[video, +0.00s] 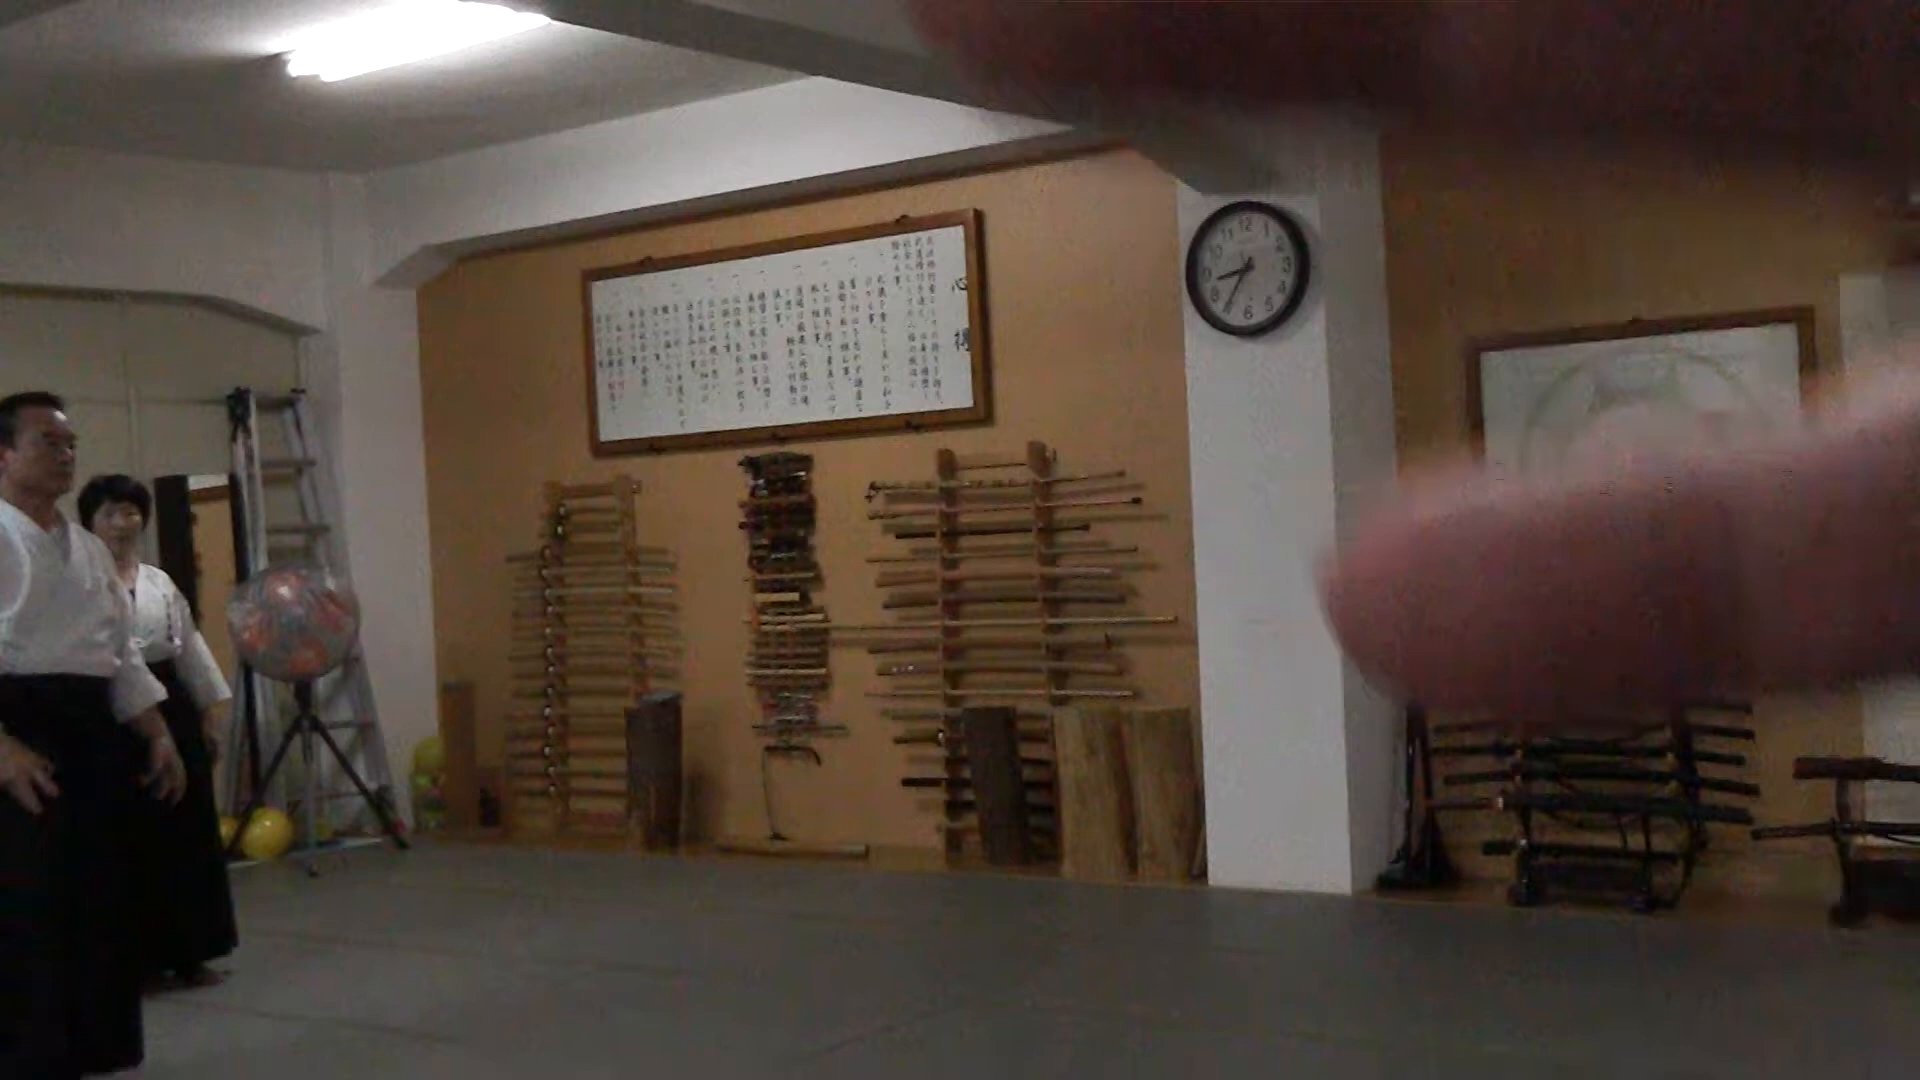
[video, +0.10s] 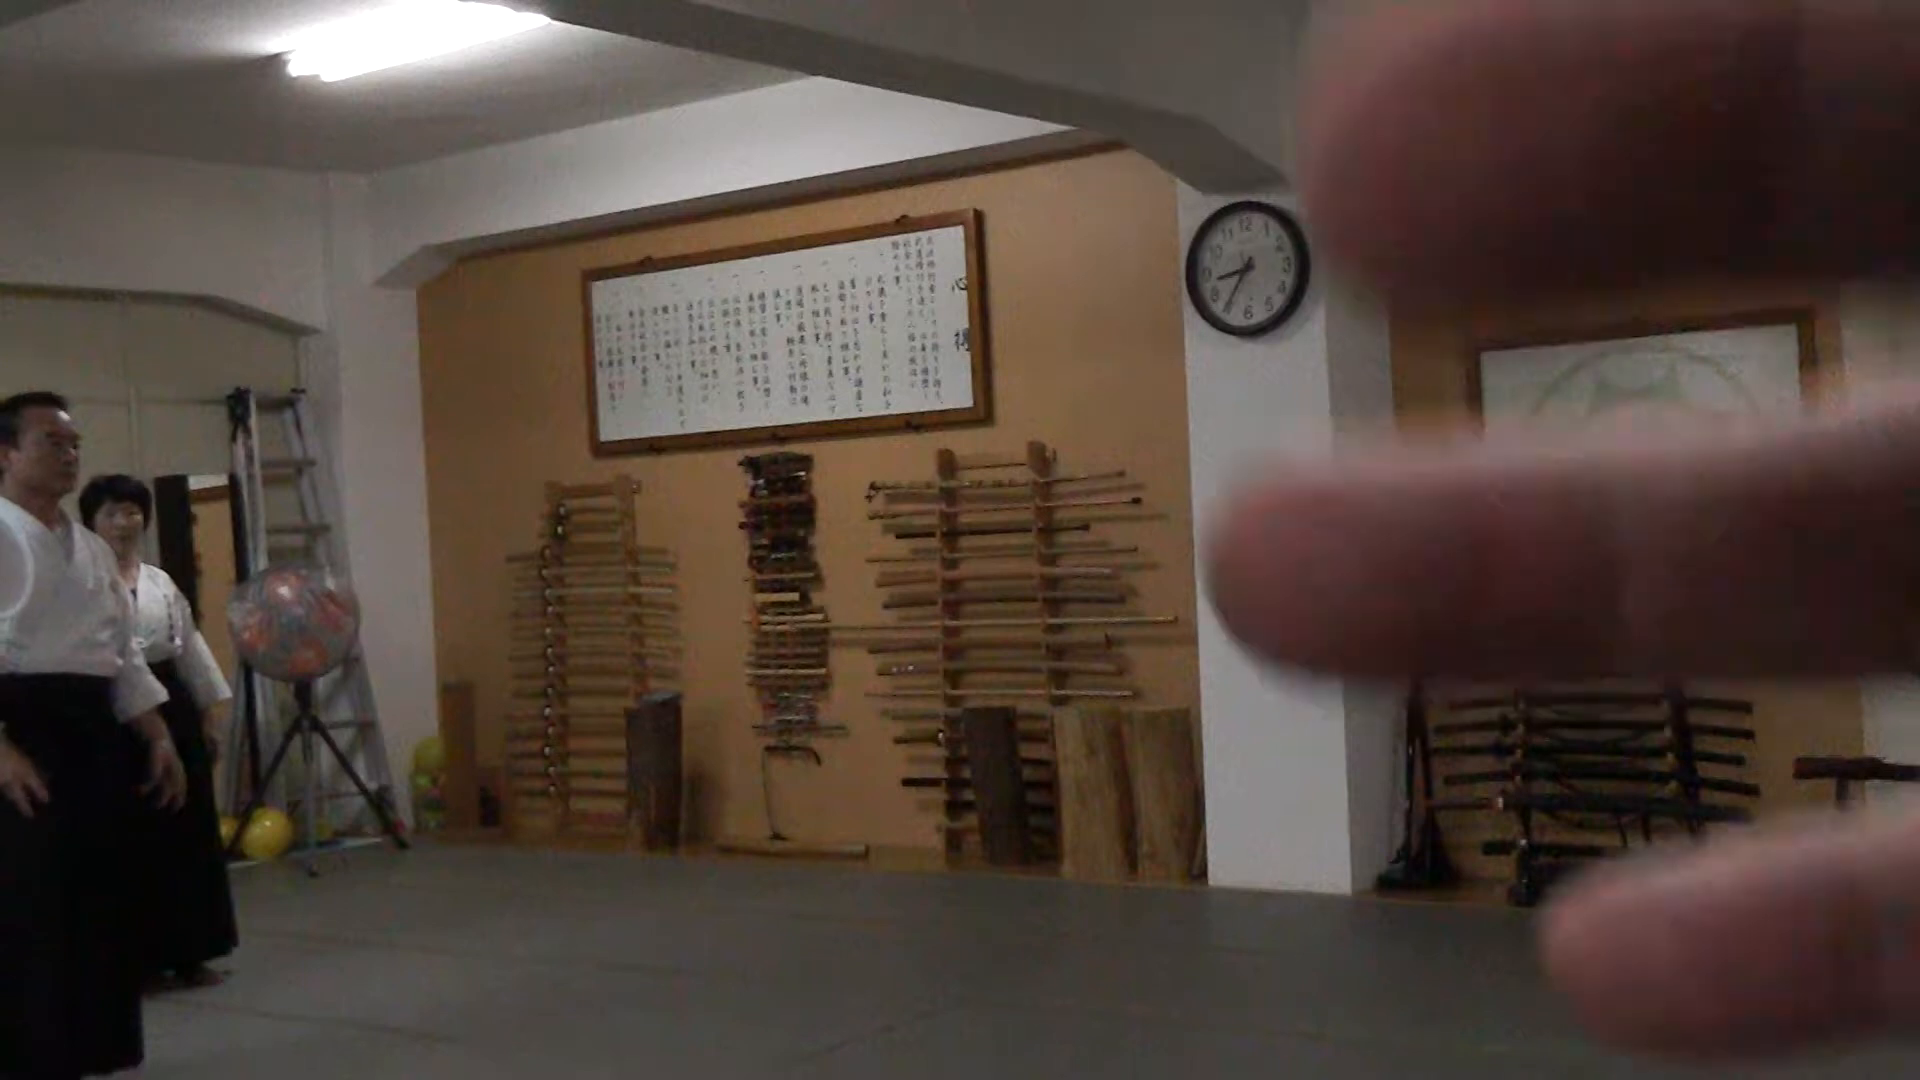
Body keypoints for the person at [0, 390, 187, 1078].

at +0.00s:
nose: (68, 454)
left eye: (71, 443)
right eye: (51, 443)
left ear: (75, 455)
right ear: (7, 454)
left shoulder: (88, 547)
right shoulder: (3, 534)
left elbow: (119, 652)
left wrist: (156, 727)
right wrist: (1, 744)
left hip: (94, 718)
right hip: (22, 718)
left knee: (102, 880)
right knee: (32, 890)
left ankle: (100, 1045)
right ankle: (34, 1052)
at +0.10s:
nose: (73, 454)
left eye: (76, 443)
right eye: (55, 442)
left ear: (80, 456)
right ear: (9, 454)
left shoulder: (91, 547)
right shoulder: (3, 531)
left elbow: (121, 652)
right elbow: (1, 649)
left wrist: (157, 731)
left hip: (94, 719)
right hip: (23, 720)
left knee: (101, 884)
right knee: (33, 892)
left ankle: (99, 1048)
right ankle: (35, 1053)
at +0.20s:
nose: (77, 453)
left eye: (80, 442)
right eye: (60, 441)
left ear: (81, 454)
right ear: (15, 455)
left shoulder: (93, 545)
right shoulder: (6, 529)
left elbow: (124, 652)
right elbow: (4, 649)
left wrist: (153, 742)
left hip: (95, 715)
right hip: (27, 715)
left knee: (103, 879)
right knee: (40, 885)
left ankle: (100, 1043)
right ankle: (40, 1049)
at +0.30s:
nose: (79, 452)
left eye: (82, 441)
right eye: (62, 440)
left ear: (82, 454)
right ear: (16, 455)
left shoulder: (93, 546)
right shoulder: (8, 528)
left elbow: (120, 650)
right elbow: (6, 643)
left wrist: (142, 748)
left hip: (93, 712)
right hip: (27, 713)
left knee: (98, 876)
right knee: (36, 881)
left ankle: (97, 1041)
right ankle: (37, 1046)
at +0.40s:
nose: (80, 452)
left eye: (82, 441)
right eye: (62, 440)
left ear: (83, 455)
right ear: (16, 455)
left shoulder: (93, 546)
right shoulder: (10, 529)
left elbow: (116, 652)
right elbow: (7, 640)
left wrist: (134, 751)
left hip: (90, 713)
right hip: (26, 713)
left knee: (98, 875)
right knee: (36, 881)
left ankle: (98, 1042)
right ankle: (38, 1047)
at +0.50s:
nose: (75, 451)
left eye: (79, 441)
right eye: (58, 439)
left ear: (81, 454)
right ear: (13, 454)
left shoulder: (89, 541)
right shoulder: (7, 527)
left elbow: (113, 648)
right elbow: (5, 640)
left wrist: (130, 749)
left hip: (88, 715)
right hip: (22, 713)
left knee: (94, 879)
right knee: (32, 884)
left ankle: (95, 1044)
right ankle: (35, 1049)